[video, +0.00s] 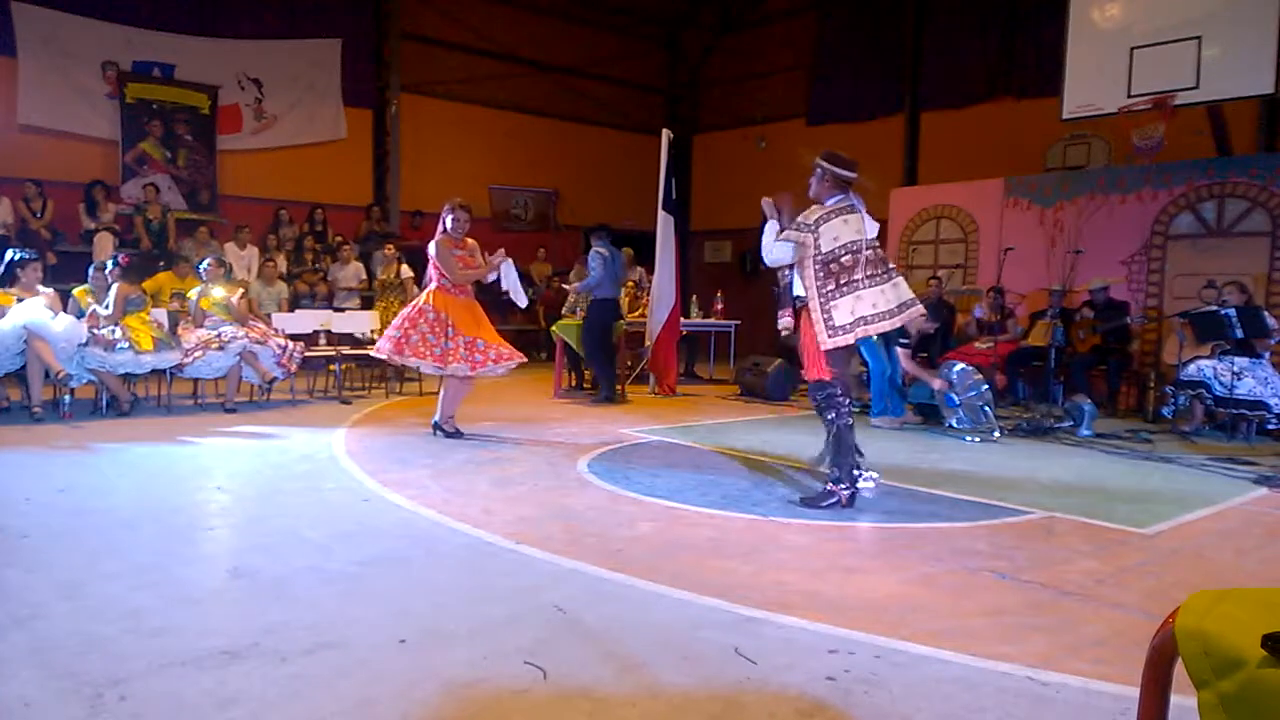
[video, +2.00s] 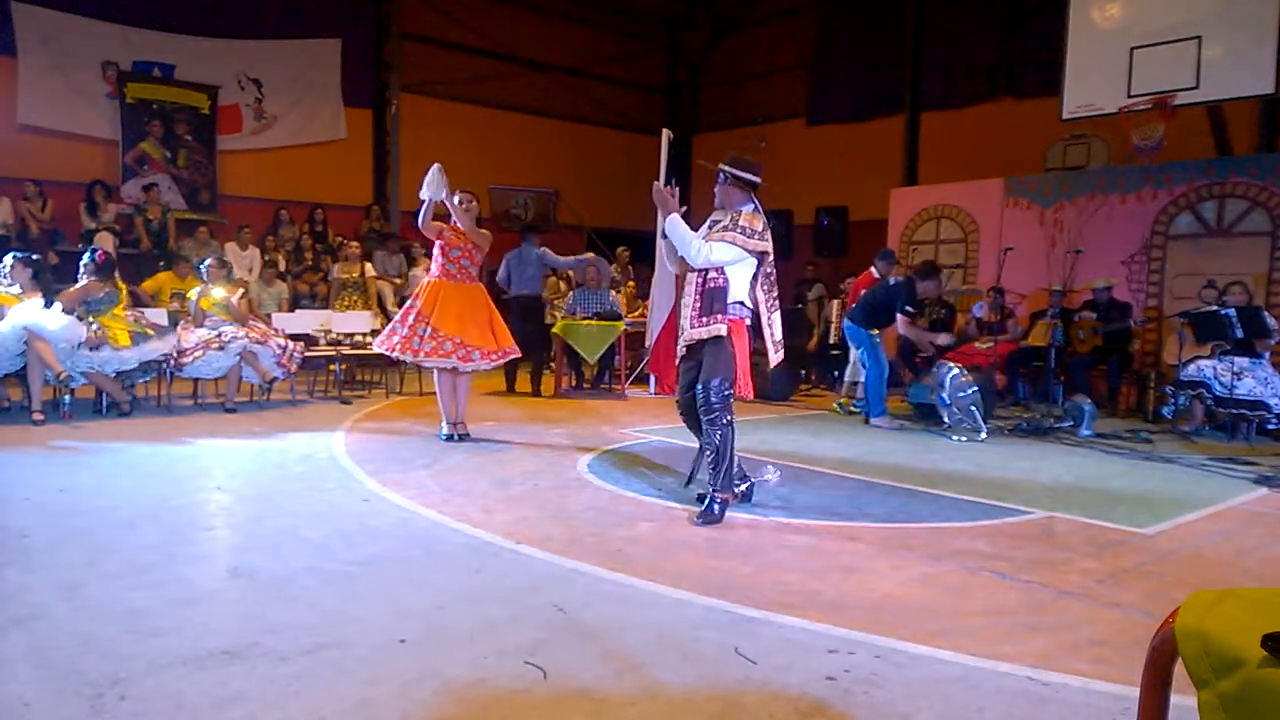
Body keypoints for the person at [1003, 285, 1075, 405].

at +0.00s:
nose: (1055, 299)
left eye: (1058, 296)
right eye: (1053, 296)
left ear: (1063, 297)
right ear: (1049, 297)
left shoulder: (1068, 314)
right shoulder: (1036, 315)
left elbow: (1068, 338)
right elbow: (1027, 335)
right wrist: (1024, 342)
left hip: (1055, 349)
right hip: (1035, 348)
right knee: (1013, 358)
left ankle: (1044, 398)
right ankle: (1012, 394)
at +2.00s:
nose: (1055, 299)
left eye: (1058, 296)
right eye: (1053, 296)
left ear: (1063, 298)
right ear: (1049, 297)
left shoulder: (1068, 315)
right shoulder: (1037, 315)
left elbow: (1068, 340)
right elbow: (1028, 335)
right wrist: (1024, 342)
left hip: (1056, 349)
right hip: (1035, 348)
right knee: (1013, 357)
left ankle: (1042, 398)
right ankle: (1013, 395)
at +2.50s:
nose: (1056, 299)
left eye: (1059, 296)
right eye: (1054, 296)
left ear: (1064, 297)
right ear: (1049, 296)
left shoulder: (1069, 314)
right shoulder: (1037, 315)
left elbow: (1068, 338)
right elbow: (1028, 335)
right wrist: (1024, 342)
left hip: (1056, 348)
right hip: (1036, 347)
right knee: (1013, 358)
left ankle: (1041, 399)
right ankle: (1012, 395)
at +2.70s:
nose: (1056, 299)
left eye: (1059, 296)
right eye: (1053, 296)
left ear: (1064, 297)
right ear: (1049, 296)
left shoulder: (1069, 314)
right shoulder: (1037, 315)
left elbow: (1068, 339)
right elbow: (1028, 335)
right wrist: (1024, 342)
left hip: (1056, 349)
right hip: (1036, 348)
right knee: (1012, 358)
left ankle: (1042, 398)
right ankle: (1012, 395)